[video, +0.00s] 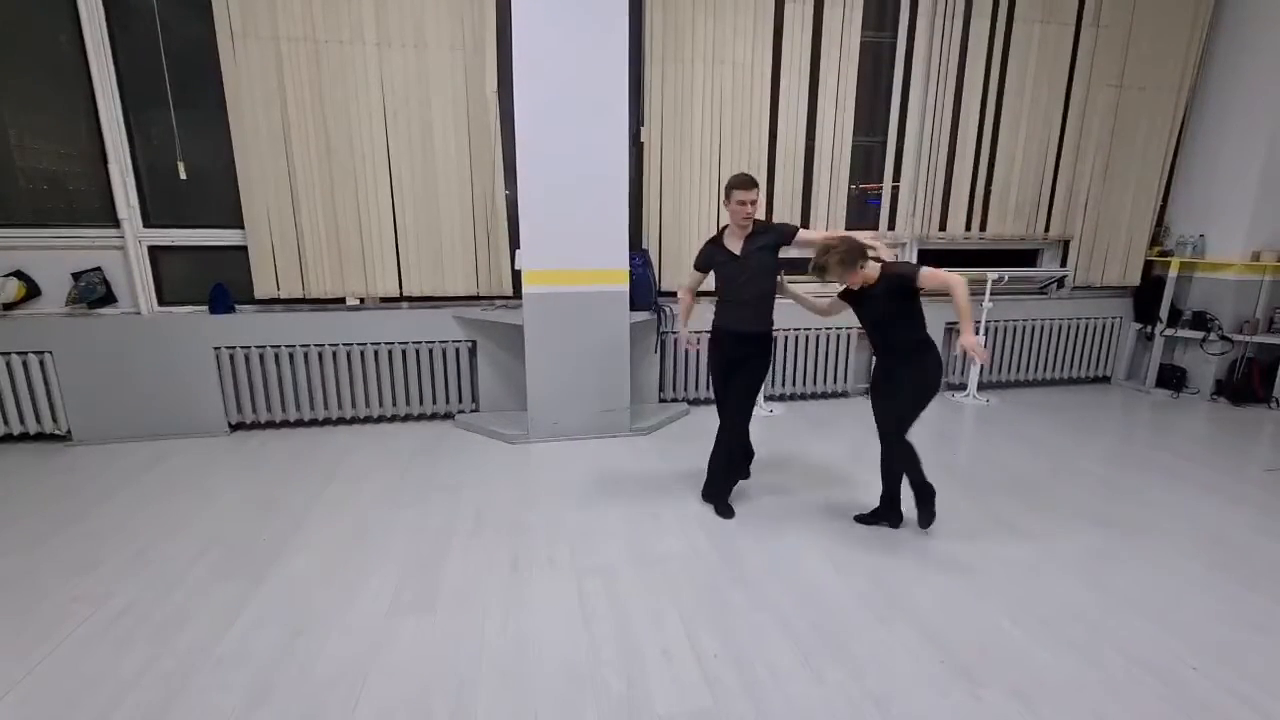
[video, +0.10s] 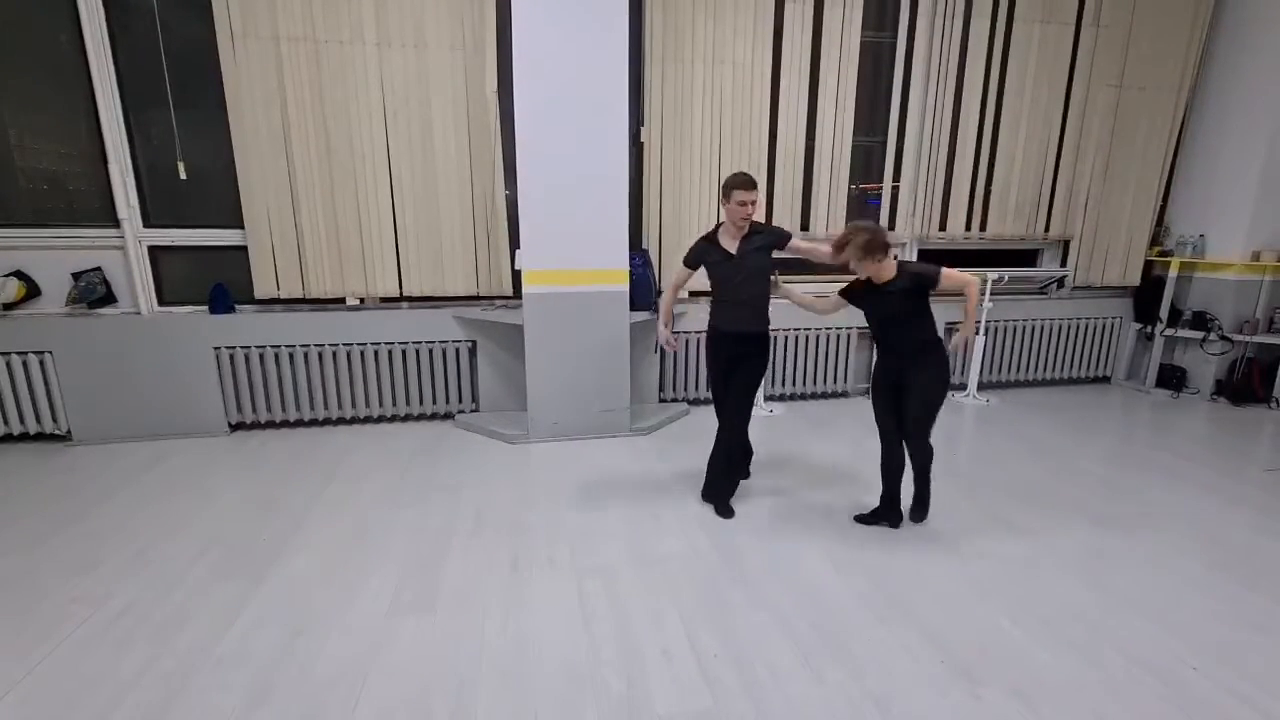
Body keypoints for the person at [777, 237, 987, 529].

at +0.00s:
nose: (844, 284)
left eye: (846, 277)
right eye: (841, 280)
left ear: (859, 265)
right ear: (843, 272)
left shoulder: (899, 274)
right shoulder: (853, 292)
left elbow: (956, 282)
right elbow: (826, 311)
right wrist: (789, 291)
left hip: (922, 367)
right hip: (887, 370)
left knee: (893, 432)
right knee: (888, 435)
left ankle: (924, 492)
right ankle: (889, 507)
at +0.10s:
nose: (853, 268)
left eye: (856, 262)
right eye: (851, 264)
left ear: (875, 256)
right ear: (862, 262)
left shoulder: (914, 274)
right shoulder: (860, 289)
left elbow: (971, 282)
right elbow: (824, 306)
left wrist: (969, 326)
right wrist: (784, 291)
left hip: (928, 367)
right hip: (888, 370)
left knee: (915, 435)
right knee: (890, 438)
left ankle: (922, 492)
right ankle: (890, 506)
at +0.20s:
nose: (874, 242)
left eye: (881, 238)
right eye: (875, 237)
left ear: (902, 247)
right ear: (884, 246)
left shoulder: (930, 276)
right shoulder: (869, 284)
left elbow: (982, 285)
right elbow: (827, 303)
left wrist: (968, 316)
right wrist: (786, 289)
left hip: (934, 367)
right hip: (894, 366)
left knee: (922, 432)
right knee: (878, 428)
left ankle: (916, 492)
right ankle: (885, 500)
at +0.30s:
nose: (898, 237)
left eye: (908, 234)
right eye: (900, 232)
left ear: (925, 247)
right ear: (897, 238)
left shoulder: (945, 279)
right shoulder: (884, 283)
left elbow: (995, 291)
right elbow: (830, 296)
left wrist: (968, 318)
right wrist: (789, 289)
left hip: (940, 365)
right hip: (898, 361)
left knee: (925, 429)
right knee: (860, 415)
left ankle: (915, 493)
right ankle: (874, 481)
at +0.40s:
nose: (913, 238)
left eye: (923, 235)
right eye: (914, 232)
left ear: (941, 247)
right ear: (911, 240)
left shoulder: (957, 282)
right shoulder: (893, 283)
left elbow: (995, 296)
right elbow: (840, 295)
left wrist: (970, 316)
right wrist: (798, 293)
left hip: (943, 368)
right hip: (901, 363)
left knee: (930, 431)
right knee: (858, 415)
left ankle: (916, 493)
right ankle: (861, 479)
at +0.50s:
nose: (922, 240)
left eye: (932, 236)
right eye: (923, 234)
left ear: (950, 247)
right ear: (921, 240)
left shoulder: (965, 283)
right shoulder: (899, 281)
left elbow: (995, 297)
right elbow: (850, 293)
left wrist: (975, 314)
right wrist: (804, 288)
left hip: (947, 370)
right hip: (904, 364)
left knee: (932, 434)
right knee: (860, 414)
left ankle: (917, 492)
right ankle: (864, 480)